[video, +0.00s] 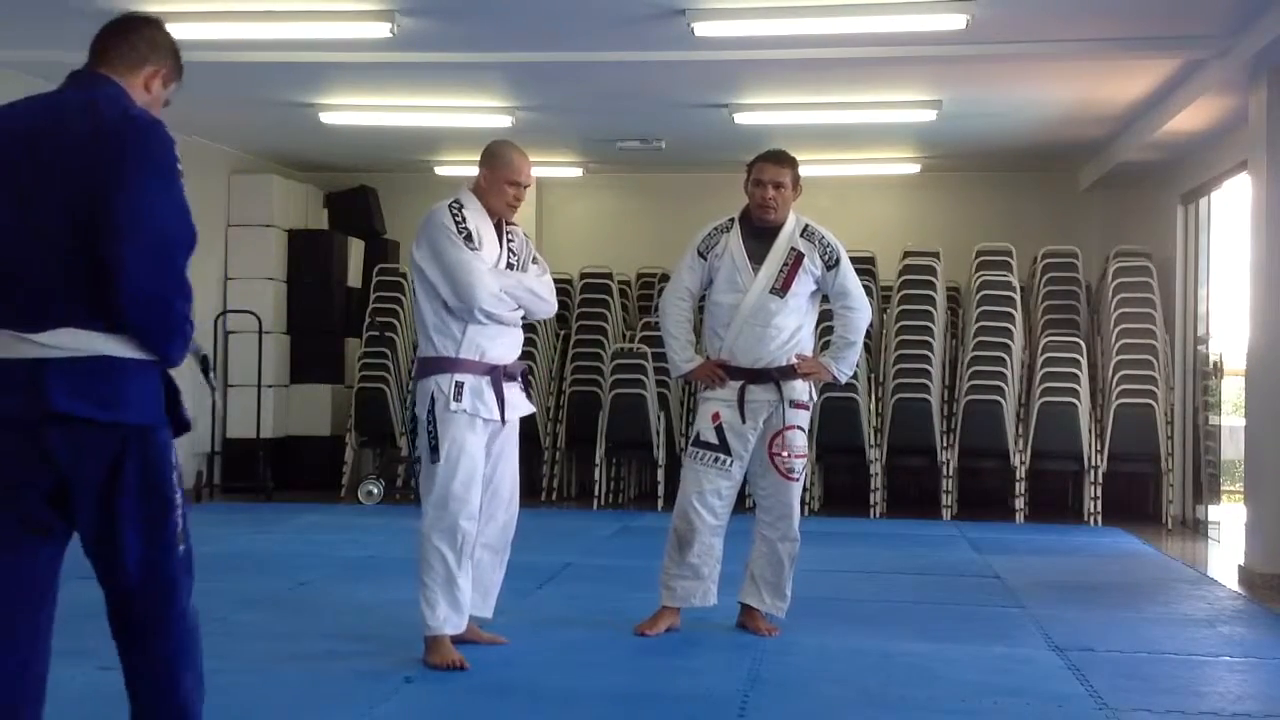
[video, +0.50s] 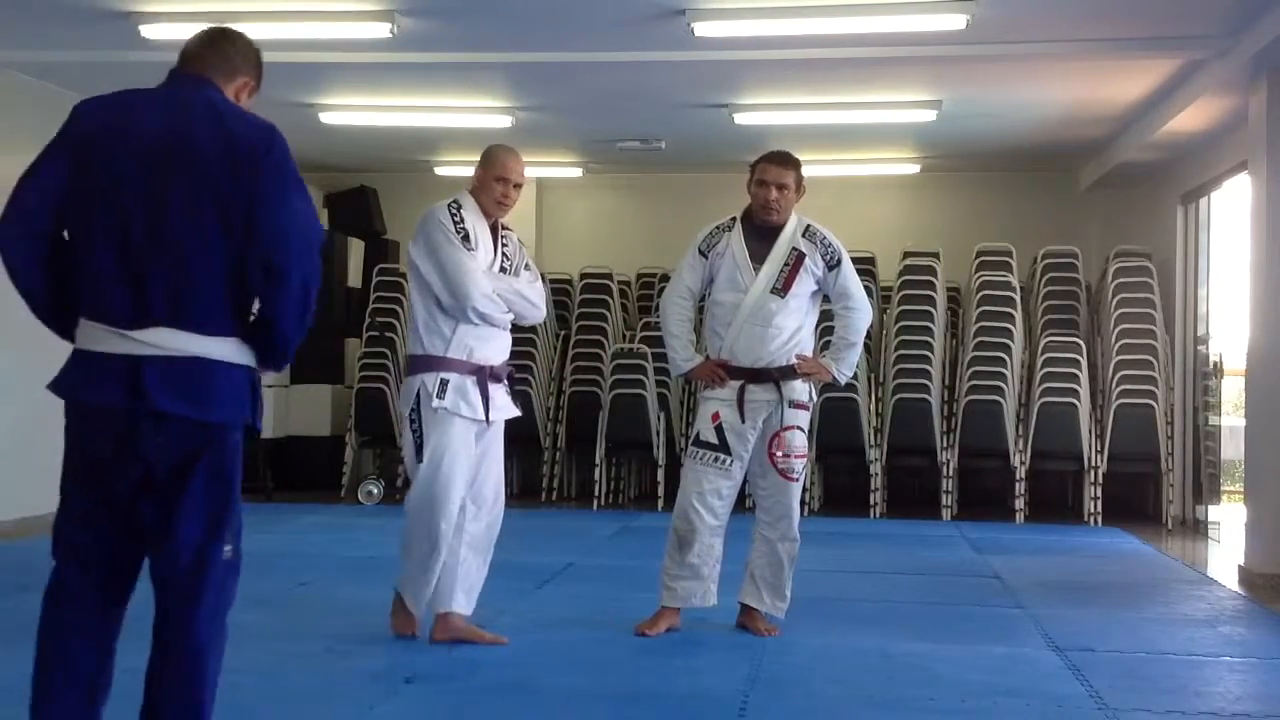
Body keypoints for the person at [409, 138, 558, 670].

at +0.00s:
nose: (520, 197)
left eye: (526, 188)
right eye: (513, 185)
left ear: (527, 188)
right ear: (482, 177)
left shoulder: (516, 238)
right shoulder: (446, 221)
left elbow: (548, 301)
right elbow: (477, 295)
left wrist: (493, 282)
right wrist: (526, 299)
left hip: (505, 392)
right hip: (455, 389)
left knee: (496, 510)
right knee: (451, 510)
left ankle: (466, 620)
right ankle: (439, 634)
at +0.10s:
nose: (520, 196)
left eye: (526, 188)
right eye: (512, 185)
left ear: (528, 188)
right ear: (483, 177)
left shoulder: (515, 238)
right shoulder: (445, 222)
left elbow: (547, 301)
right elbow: (475, 297)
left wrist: (493, 282)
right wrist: (522, 302)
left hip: (502, 390)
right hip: (453, 387)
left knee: (492, 508)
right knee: (447, 507)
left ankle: (462, 619)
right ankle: (433, 626)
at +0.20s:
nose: (518, 193)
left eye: (525, 186)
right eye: (510, 182)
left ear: (528, 187)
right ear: (483, 175)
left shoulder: (516, 238)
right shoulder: (445, 222)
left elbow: (547, 301)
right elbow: (474, 296)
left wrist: (491, 281)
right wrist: (521, 305)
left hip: (499, 388)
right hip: (451, 385)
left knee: (488, 506)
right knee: (442, 504)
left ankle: (457, 618)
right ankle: (425, 624)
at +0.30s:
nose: (515, 192)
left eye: (523, 185)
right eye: (507, 181)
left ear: (528, 187)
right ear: (481, 174)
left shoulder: (515, 239)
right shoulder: (446, 220)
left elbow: (544, 303)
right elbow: (474, 298)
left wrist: (489, 280)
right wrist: (519, 307)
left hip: (496, 388)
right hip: (448, 383)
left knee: (484, 505)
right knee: (439, 502)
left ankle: (455, 616)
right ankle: (418, 622)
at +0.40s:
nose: (512, 193)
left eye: (520, 185)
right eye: (504, 181)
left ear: (526, 188)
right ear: (479, 176)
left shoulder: (513, 241)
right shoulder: (445, 221)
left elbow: (540, 305)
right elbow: (473, 297)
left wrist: (487, 279)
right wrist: (518, 307)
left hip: (493, 388)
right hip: (446, 382)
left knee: (483, 503)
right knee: (439, 499)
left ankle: (450, 615)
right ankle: (408, 613)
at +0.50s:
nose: (508, 193)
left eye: (517, 186)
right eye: (500, 181)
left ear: (522, 189)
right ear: (475, 176)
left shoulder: (509, 242)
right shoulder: (441, 221)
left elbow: (537, 306)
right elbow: (468, 296)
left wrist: (483, 281)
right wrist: (515, 307)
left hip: (490, 387)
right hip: (442, 382)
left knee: (482, 502)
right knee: (440, 496)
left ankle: (451, 614)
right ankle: (408, 596)